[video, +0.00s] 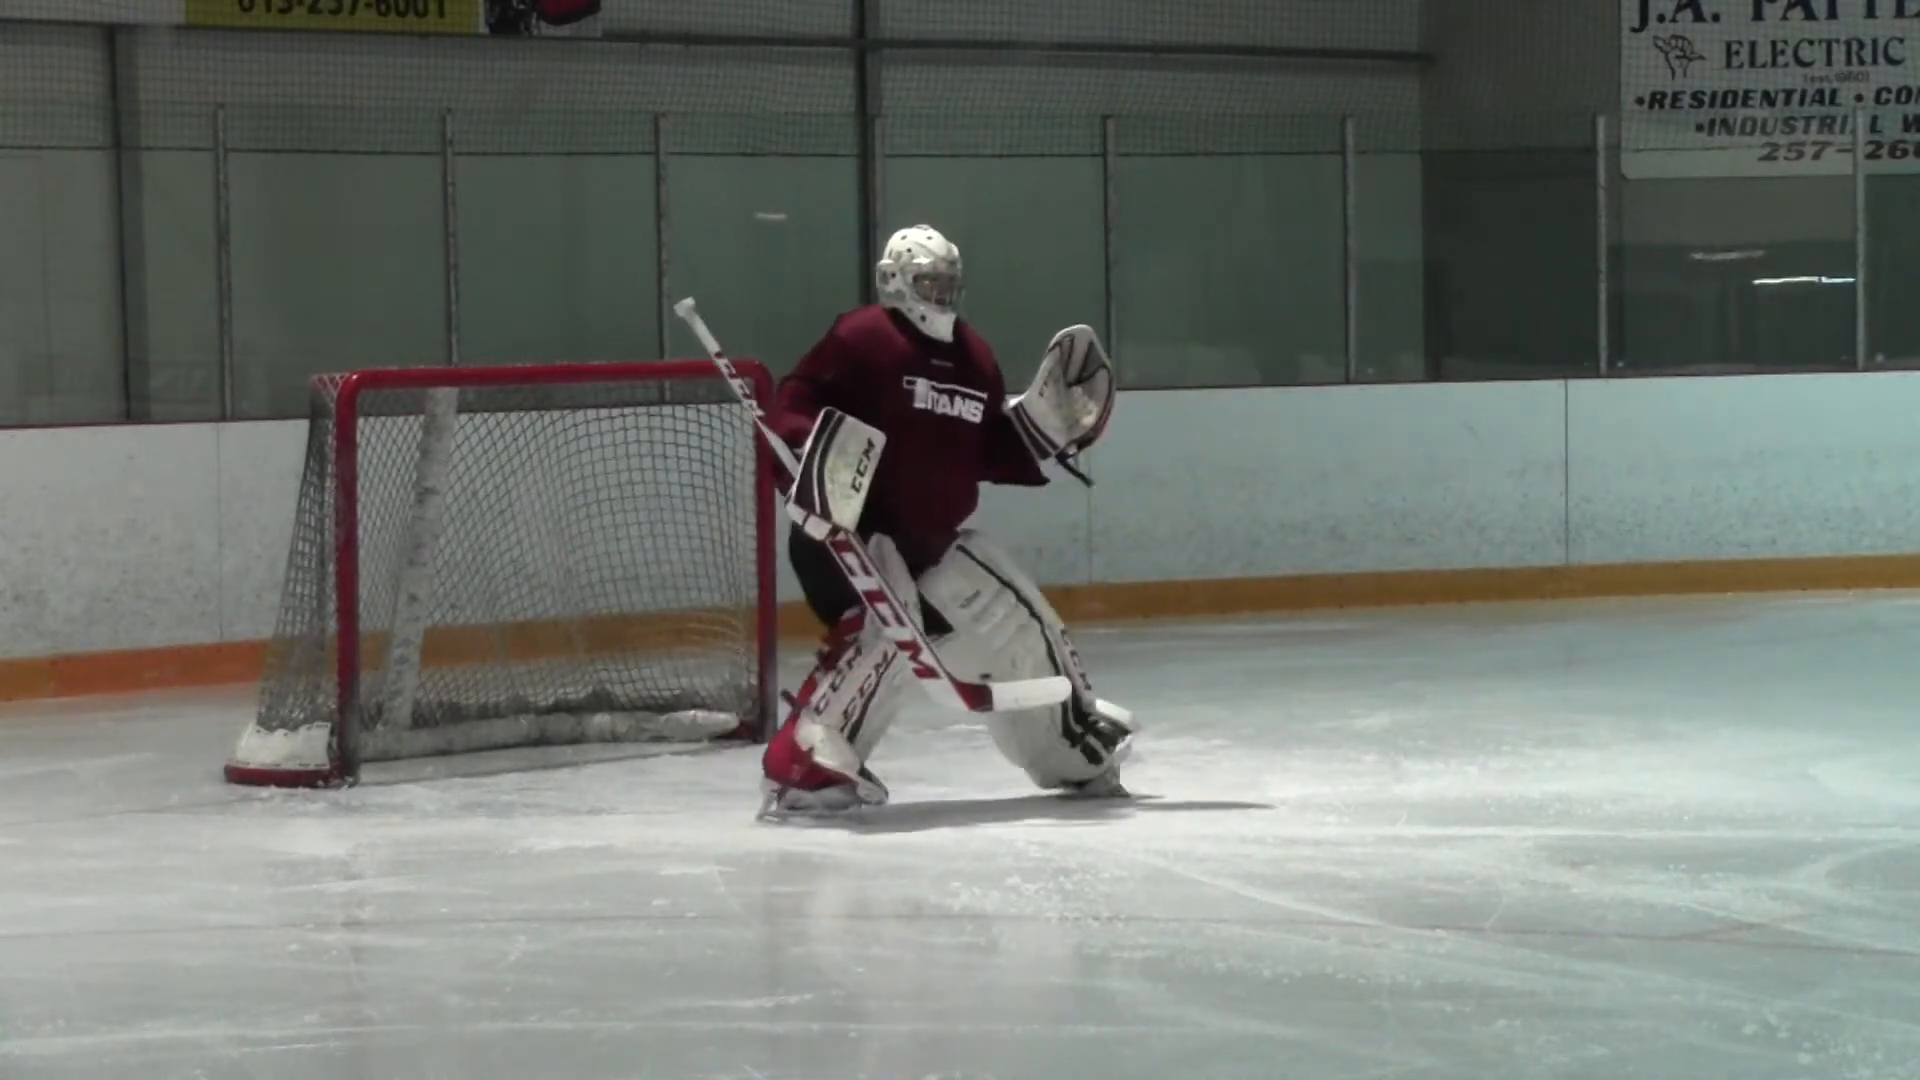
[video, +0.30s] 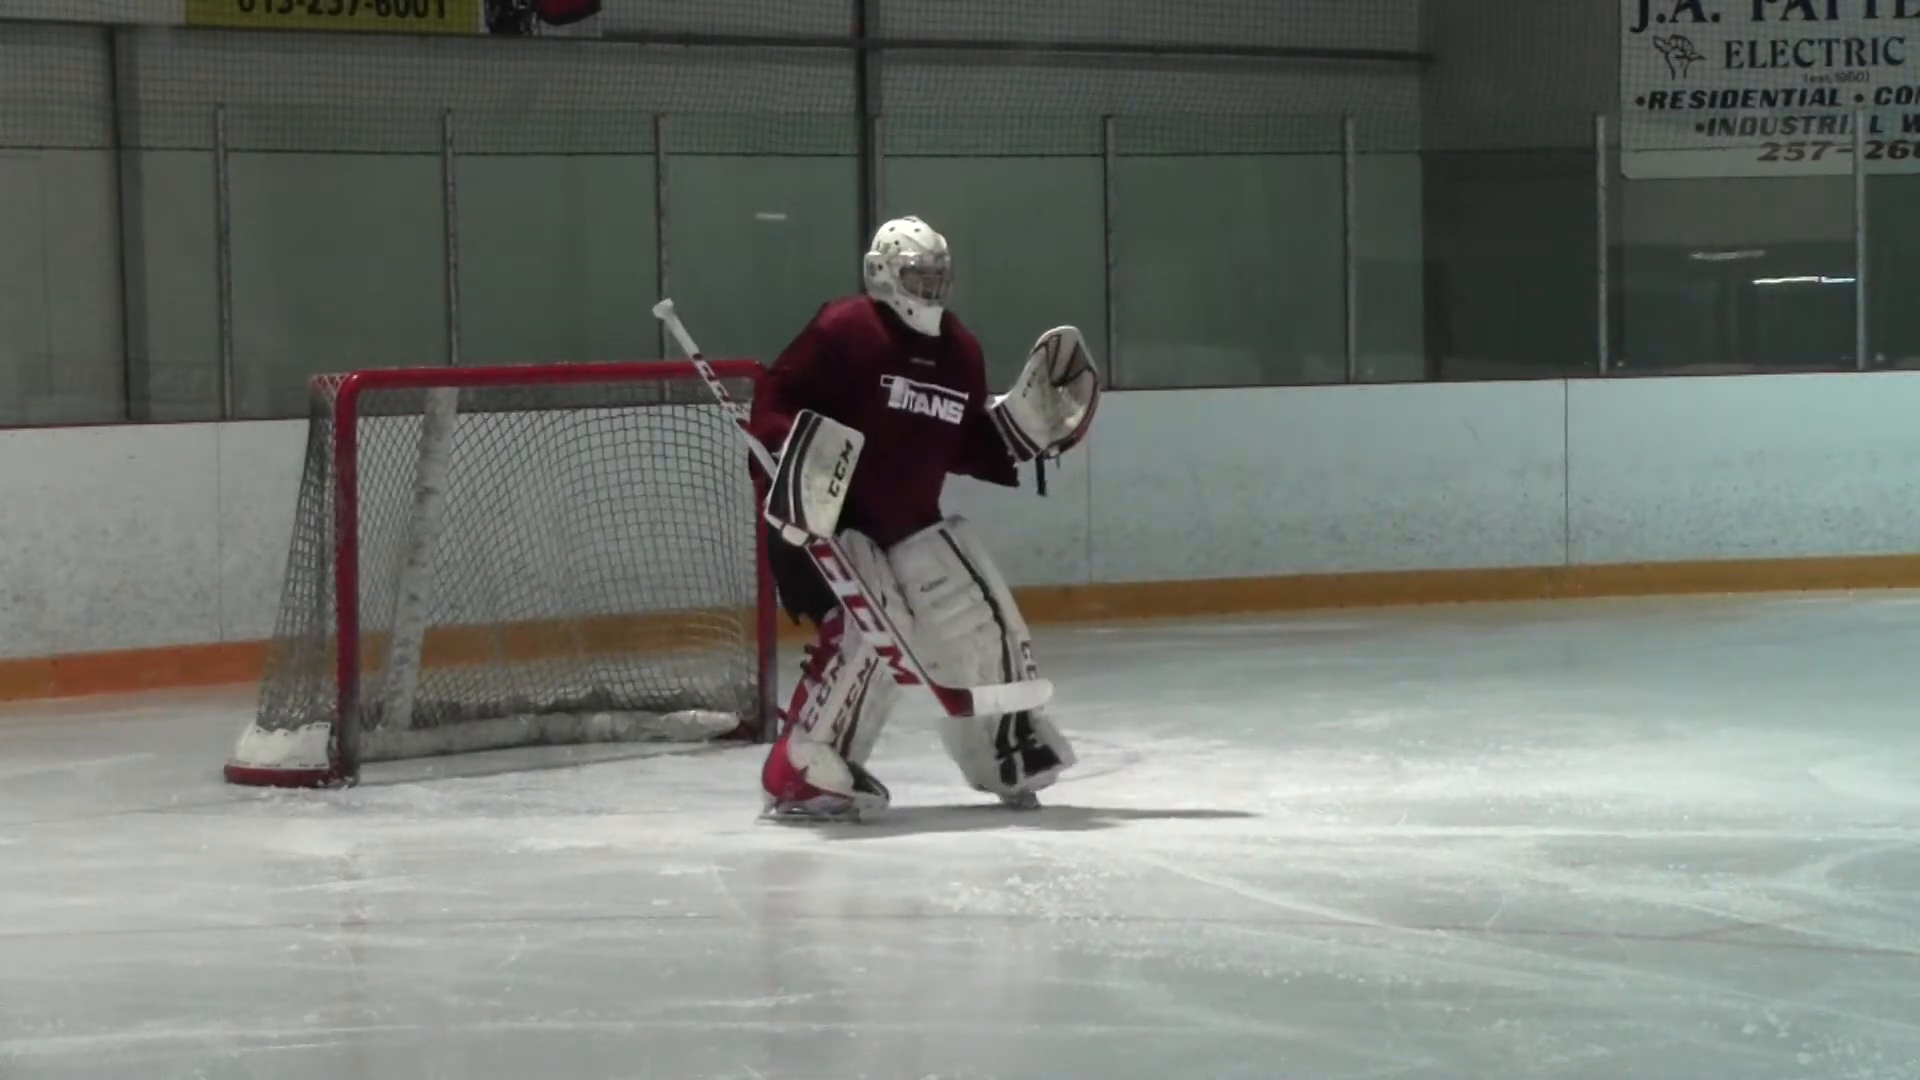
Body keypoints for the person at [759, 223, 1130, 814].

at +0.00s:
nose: (939, 295)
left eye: (948, 283)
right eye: (926, 282)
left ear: (958, 284)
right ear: (893, 281)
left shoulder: (973, 355)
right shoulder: (862, 338)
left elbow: (987, 452)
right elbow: (786, 413)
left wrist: (1046, 425)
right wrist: (826, 457)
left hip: (933, 540)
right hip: (848, 532)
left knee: (1017, 628)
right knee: (881, 634)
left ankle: (1075, 761)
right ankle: (808, 769)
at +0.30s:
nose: (929, 287)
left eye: (937, 275)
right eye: (915, 275)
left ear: (947, 277)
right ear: (881, 274)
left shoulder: (959, 351)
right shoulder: (845, 329)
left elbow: (968, 445)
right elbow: (770, 403)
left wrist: (1030, 423)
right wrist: (801, 457)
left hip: (912, 523)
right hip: (830, 517)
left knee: (972, 621)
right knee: (865, 634)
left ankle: (1006, 754)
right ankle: (807, 772)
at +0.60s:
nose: (932, 324)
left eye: (940, 311)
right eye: (919, 310)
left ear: (950, 312)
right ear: (886, 309)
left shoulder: (961, 380)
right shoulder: (847, 358)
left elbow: (958, 476)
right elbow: (764, 431)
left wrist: (1023, 466)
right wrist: (797, 485)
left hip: (917, 549)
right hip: (839, 545)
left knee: (973, 642)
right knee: (812, 661)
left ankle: (1002, 765)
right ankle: (740, 778)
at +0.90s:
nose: (940, 351)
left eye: (946, 338)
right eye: (928, 338)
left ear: (953, 339)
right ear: (892, 338)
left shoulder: (956, 403)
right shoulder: (851, 383)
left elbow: (962, 496)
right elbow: (769, 448)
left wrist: (1016, 489)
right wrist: (786, 527)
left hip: (923, 557)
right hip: (846, 555)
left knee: (990, 629)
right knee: (843, 660)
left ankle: (999, 753)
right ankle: (733, 771)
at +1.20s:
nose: (1000, 361)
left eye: (1005, 350)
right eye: (988, 348)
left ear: (1011, 350)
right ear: (953, 347)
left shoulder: (1006, 420)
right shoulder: (912, 390)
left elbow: (1003, 500)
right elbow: (829, 440)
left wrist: (1054, 502)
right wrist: (858, 495)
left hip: (964, 548)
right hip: (891, 555)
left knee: (1014, 638)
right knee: (867, 669)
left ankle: (1029, 753)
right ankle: (794, 762)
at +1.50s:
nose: (1065, 372)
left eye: (1068, 361)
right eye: (1054, 360)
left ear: (1070, 360)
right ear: (1020, 357)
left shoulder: (1055, 428)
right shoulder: (983, 388)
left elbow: (1048, 517)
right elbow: (907, 445)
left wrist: (1104, 506)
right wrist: (960, 507)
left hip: (1003, 553)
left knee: (1059, 640)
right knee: (940, 652)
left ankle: (1088, 744)